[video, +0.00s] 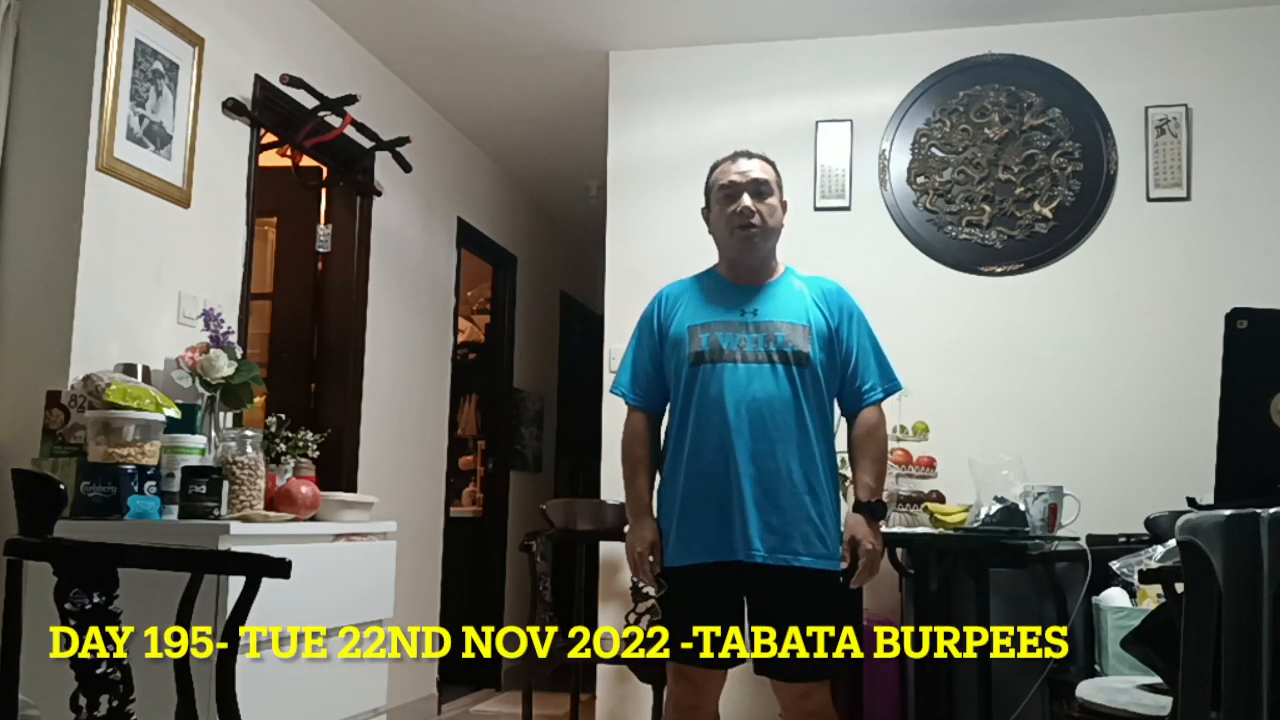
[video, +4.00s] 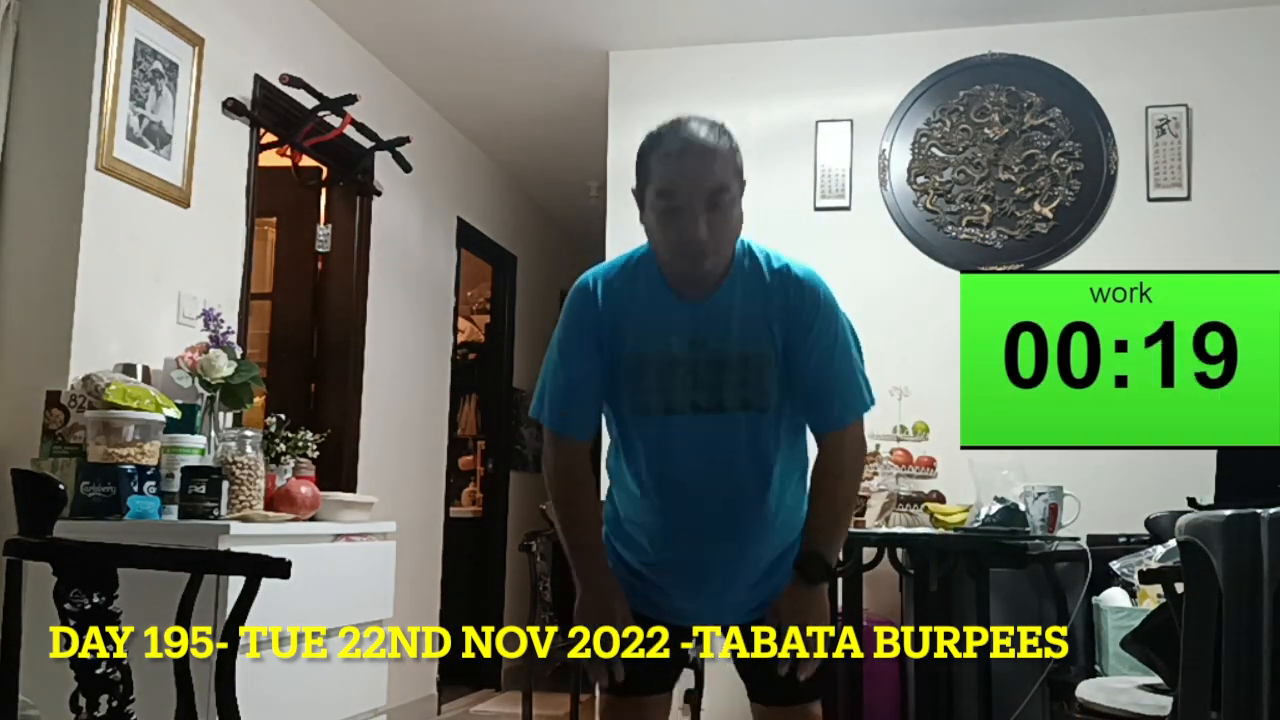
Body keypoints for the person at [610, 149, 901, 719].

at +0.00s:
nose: (745, 201)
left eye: (760, 191)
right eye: (729, 193)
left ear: (783, 213)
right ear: (707, 218)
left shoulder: (829, 303)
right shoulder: (671, 305)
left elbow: (867, 409)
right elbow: (640, 416)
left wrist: (867, 510)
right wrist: (640, 516)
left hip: (803, 541)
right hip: (698, 539)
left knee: (808, 698)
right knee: (691, 691)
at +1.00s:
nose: (874, 189)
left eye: (885, 175)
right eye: (856, 166)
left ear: (893, 188)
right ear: (804, 173)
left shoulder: (907, 294)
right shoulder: (731, 269)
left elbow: (964, 397)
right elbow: (683, 387)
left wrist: (994, 480)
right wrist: (674, 488)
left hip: (853, 550)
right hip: (736, 535)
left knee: (851, 709)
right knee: (694, 696)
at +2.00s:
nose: (1000, 188)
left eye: (1013, 171)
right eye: (983, 159)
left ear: (1017, 183)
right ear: (921, 156)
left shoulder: (1007, 298)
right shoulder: (811, 234)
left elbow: (1080, 390)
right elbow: (738, 337)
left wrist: (1151, 463)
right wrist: (715, 455)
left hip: (892, 570)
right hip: (769, 533)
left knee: (872, 713)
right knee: (726, 700)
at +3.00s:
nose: (731, 156)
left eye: (740, 146)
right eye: (710, 140)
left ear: (748, 163)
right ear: (660, 157)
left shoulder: (781, 266)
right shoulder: (600, 262)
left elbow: (848, 361)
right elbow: (544, 365)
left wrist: (784, 410)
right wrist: (646, 395)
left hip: (758, 550)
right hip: (638, 546)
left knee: (769, 711)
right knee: (653, 707)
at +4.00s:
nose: (696, 229)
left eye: (717, 201)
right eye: (671, 205)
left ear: (742, 196)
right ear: (640, 207)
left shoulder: (799, 299)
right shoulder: (600, 301)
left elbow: (844, 443)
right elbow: (567, 448)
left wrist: (813, 576)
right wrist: (595, 584)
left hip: (772, 578)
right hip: (644, 578)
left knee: (794, 710)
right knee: (626, 709)